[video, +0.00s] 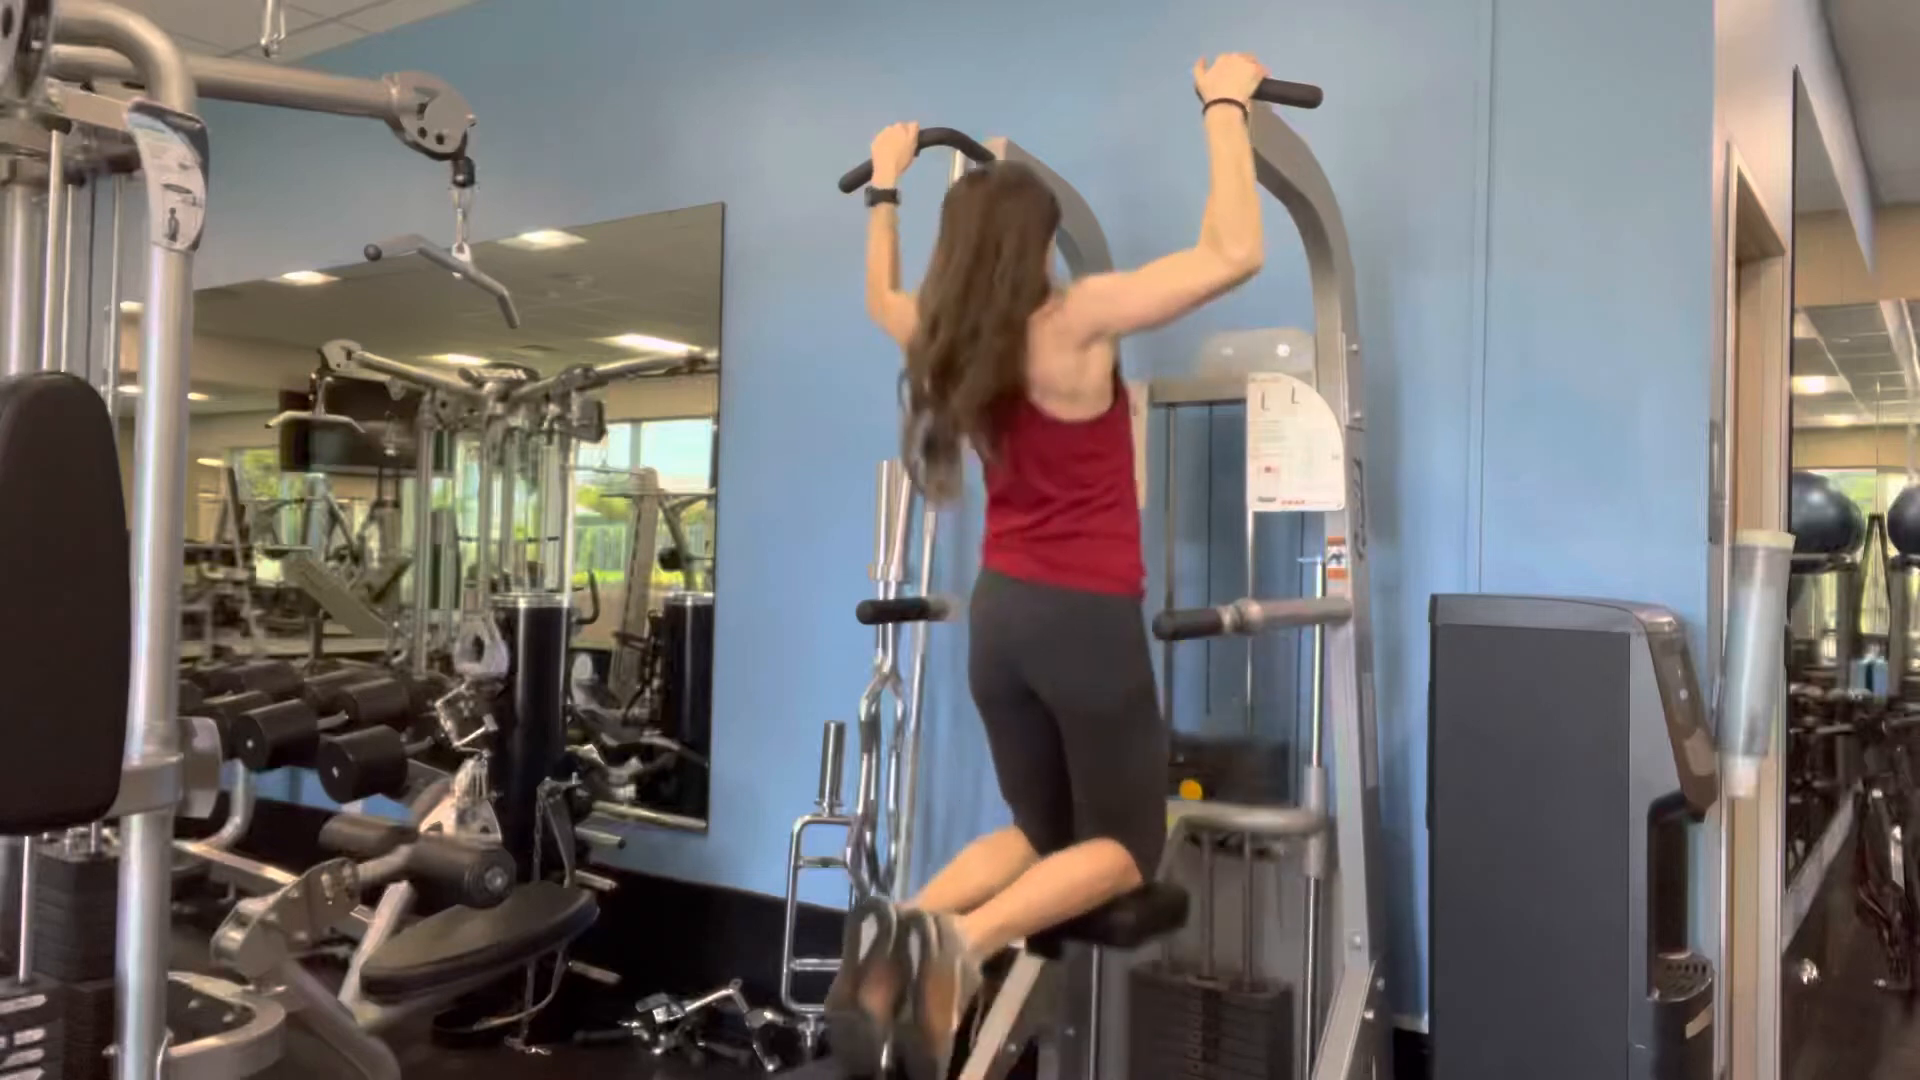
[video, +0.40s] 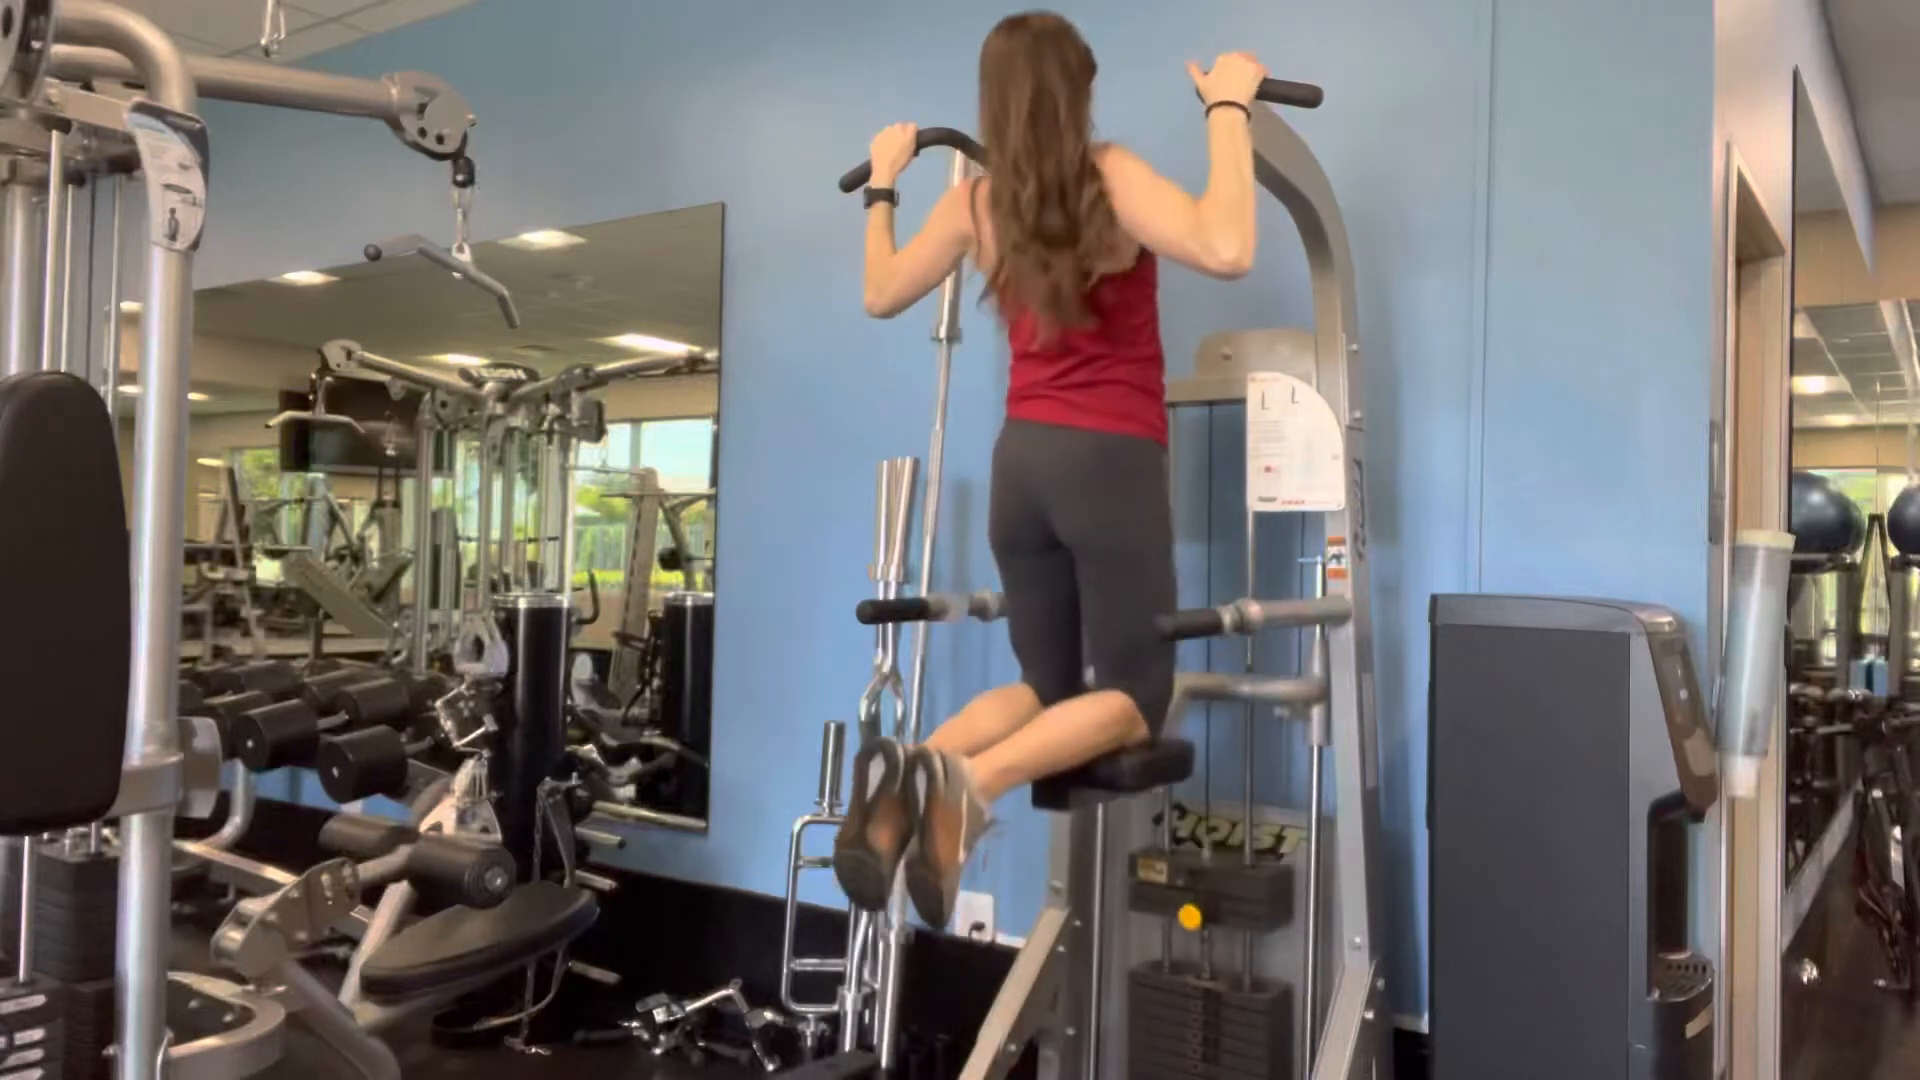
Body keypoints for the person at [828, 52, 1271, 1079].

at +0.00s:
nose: (1063, 243)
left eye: (1052, 231)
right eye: (1056, 230)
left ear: (964, 242)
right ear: (1043, 239)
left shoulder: (948, 333)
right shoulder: (1079, 314)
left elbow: (881, 292)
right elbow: (1234, 252)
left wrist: (885, 184)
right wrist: (1225, 107)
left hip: (1000, 612)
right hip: (1085, 618)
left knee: (1038, 830)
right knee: (1127, 847)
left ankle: (906, 933)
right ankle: (964, 947)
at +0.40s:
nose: (1091, 93)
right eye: (1086, 80)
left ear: (993, 98)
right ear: (1079, 89)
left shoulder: (977, 195)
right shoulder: (1112, 174)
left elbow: (883, 291)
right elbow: (1228, 247)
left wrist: (880, 184)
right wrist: (1230, 108)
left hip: (1020, 459)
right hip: (1110, 461)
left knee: (1048, 689)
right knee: (1134, 703)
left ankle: (918, 769)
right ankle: (973, 783)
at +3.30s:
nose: (1079, 74)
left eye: (1072, 57)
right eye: (1075, 59)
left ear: (983, 75)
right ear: (1065, 67)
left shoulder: (963, 176)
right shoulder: (1104, 147)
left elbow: (886, 289)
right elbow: (1198, 251)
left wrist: (880, 181)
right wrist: (1228, 112)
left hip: (1019, 435)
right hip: (1109, 436)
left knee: (1037, 660)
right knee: (1130, 677)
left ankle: (912, 752)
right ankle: (976, 754)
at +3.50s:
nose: (1082, 45)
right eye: (1077, 33)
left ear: (991, 54)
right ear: (1073, 44)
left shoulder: (973, 157)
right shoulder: (1110, 129)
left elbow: (891, 280)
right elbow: (1177, 243)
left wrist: (879, 181)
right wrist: (1228, 114)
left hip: (1020, 415)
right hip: (1110, 416)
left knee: (1039, 638)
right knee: (1132, 653)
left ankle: (915, 716)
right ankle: (978, 724)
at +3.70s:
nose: (1087, 40)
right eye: (1083, 28)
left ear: (996, 46)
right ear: (1078, 40)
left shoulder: (973, 153)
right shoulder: (1112, 128)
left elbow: (892, 278)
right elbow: (1176, 244)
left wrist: (879, 180)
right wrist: (1229, 113)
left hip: (1019, 411)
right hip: (1110, 412)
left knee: (1038, 635)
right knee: (1133, 650)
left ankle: (914, 717)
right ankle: (980, 719)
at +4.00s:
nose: (1088, 48)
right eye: (1083, 34)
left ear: (996, 51)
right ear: (1080, 46)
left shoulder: (975, 156)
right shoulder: (1113, 136)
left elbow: (891, 280)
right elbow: (1183, 247)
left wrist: (877, 182)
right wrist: (1229, 114)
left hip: (1019, 416)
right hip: (1109, 417)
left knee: (1038, 641)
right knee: (1134, 655)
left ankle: (915, 719)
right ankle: (980, 723)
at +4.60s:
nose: (1037, 264)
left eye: (991, 254)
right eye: (1030, 255)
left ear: (955, 280)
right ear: (1028, 275)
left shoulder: (948, 363)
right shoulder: (1072, 347)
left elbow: (895, 292)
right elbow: (1214, 266)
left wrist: (885, 184)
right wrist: (1226, 113)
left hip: (998, 645)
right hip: (1088, 653)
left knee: (1025, 854)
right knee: (1118, 879)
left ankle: (897, 958)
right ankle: (963, 968)